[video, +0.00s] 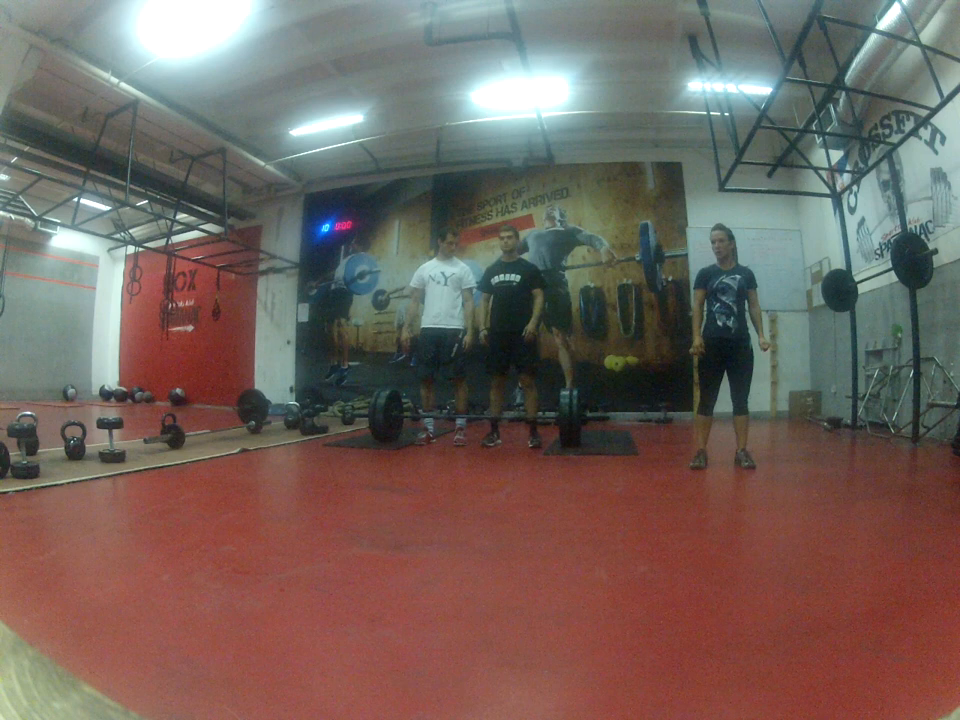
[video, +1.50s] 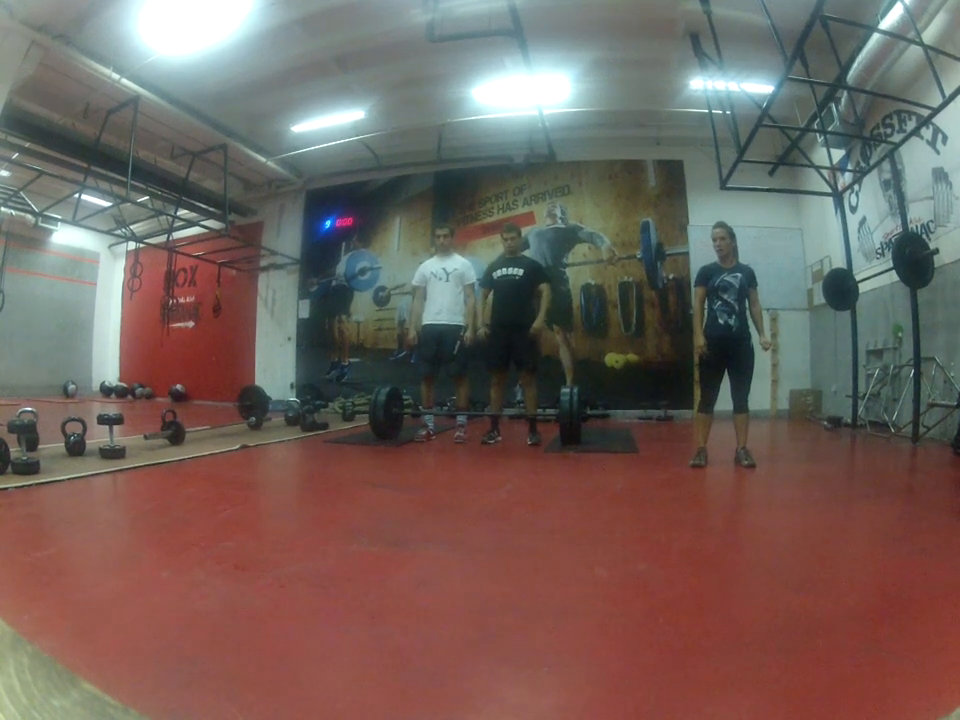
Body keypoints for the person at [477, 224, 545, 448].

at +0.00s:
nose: (506, 241)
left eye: (510, 238)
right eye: (502, 238)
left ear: (517, 241)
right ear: (498, 242)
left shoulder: (529, 268)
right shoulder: (491, 270)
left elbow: (539, 297)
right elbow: (484, 301)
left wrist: (533, 323)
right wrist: (483, 327)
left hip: (523, 332)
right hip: (498, 332)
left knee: (527, 380)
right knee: (497, 381)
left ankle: (533, 431)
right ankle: (494, 430)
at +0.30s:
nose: (502, 242)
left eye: (505, 238)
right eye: (498, 239)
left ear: (513, 241)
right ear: (494, 243)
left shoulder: (526, 269)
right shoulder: (487, 271)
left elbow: (537, 298)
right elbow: (481, 303)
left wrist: (536, 327)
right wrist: (480, 330)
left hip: (522, 332)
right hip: (496, 333)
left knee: (527, 380)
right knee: (496, 382)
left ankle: (532, 431)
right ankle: (493, 431)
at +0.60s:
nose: (506, 244)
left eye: (510, 240)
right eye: (503, 240)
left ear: (517, 242)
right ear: (498, 244)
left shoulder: (529, 270)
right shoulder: (491, 273)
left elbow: (539, 301)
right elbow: (484, 303)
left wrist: (542, 331)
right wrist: (482, 327)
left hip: (525, 333)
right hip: (498, 334)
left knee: (527, 382)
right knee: (497, 382)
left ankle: (532, 433)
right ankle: (494, 432)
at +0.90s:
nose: (508, 241)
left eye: (511, 238)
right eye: (504, 238)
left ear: (519, 241)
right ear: (500, 241)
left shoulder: (530, 267)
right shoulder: (494, 270)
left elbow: (540, 297)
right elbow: (485, 304)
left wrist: (539, 327)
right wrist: (486, 285)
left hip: (524, 331)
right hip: (499, 332)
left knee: (526, 379)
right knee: (497, 380)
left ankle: (532, 431)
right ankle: (494, 429)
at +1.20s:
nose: (509, 241)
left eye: (514, 237)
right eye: (506, 237)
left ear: (521, 240)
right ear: (501, 240)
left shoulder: (531, 266)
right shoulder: (495, 267)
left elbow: (539, 295)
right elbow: (483, 299)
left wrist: (531, 324)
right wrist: (486, 276)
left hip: (523, 329)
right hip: (499, 329)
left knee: (527, 378)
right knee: (497, 378)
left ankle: (532, 430)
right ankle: (494, 428)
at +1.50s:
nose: (509, 243)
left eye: (513, 239)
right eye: (506, 240)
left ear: (521, 240)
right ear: (501, 241)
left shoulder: (533, 265)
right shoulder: (494, 266)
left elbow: (546, 292)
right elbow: (483, 297)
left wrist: (540, 319)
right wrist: (481, 324)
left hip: (525, 329)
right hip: (499, 329)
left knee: (528, 378)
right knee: (497, 378)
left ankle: (533, 429)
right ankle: (494, 428)